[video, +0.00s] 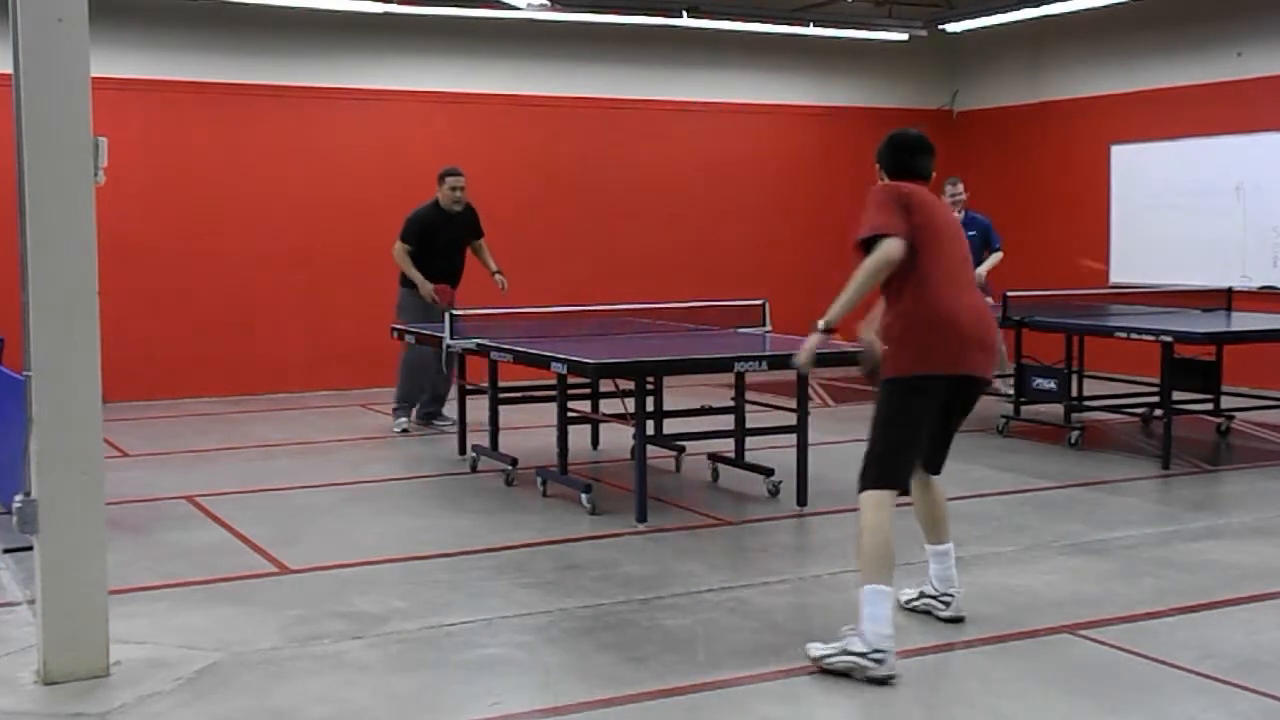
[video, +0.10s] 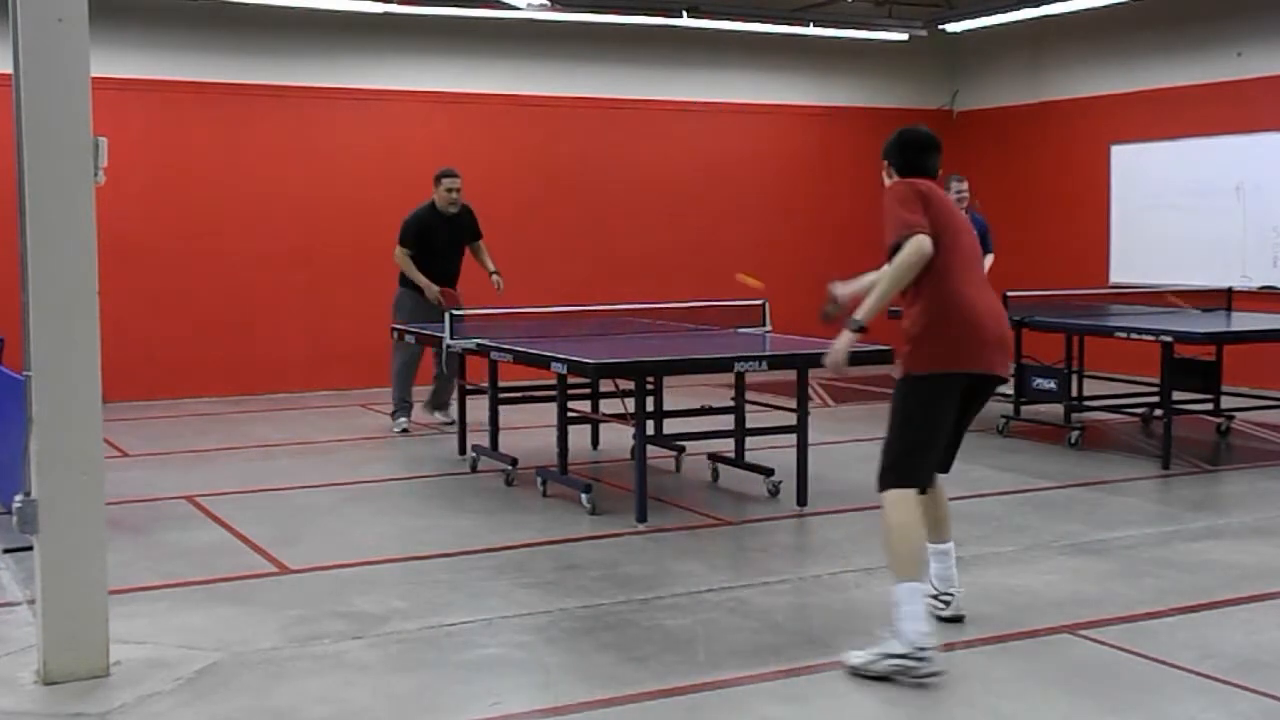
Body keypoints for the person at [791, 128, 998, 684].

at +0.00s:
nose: (875, 176)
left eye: (875, 169)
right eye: (881, 169)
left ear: (882, 170)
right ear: (928, 172)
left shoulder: (890, 193)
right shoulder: (946, 213)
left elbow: (891, 251)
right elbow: (936, 292)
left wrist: (822, 327)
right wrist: (877, 337)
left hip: (921, 354)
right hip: (976, 354)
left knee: (877, 488)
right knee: (924, 469)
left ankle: (873, 641)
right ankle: (943, 591)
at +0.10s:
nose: (882, 175)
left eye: (882, 168)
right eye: (884, 168)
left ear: (889, 169)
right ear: (936, 168)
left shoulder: (903, 191)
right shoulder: (950, 205)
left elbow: (919, 246)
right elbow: (922, 267)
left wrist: (853, 329)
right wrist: (855, 286)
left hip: (941, 352)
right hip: (986, 351)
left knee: (899, 482)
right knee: (927, 471)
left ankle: (911, 640)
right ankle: (944, 590)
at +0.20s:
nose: (890, 170)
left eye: (890, 163)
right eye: (892, 163)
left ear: (898, 163)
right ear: (940, 161)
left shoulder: (915, 186)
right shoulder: (956, 201)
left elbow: (932, 251)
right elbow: (904, 264)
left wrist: (874, 334)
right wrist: (838, 278)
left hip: (957, 352)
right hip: (994, 352)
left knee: (922, 489)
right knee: (932, 477)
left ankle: (971, 634)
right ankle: (940, 584)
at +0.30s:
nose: (902, 170)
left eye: (903, 162)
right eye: (904, 161)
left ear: (911, 162)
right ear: (956, 159)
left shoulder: (931, 191)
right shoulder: (967, 198)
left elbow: (941, 269)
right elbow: (924, 274)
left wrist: (881, 347)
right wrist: (852, 291)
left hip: (968, 359)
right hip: (996, 354)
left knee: (947, 502)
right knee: (931, 456)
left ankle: (1041, 628)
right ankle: (942, 590)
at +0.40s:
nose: (916, 177)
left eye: (915, 169)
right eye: (916, 170)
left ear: (925, 170)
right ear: (971, 167)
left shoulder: (941, 208)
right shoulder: (997, 215)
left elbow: (944, 294)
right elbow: (985, 296)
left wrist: (887, 365)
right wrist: (907, 317)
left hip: (978, 382)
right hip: (1018, 375)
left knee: (971, 523)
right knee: (936, 452)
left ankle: (1099, 640)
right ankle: (942, 589)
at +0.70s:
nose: (930, 168)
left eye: (932, 160)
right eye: (933, 159)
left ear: (942, 167)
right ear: (989, 169)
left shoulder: (936, 217)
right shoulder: (1015, 220)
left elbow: (927, 307)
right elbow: (1029, 304)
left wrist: (893, 386)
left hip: (962, 390)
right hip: (1015, 387)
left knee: (947, 529)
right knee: (972, 484)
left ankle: (1060, 615)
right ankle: (991, 592)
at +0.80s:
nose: (930, 163)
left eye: (931, 156)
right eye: (933, 155)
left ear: (941, 160)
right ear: (986, 161)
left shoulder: (932, 209)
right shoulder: (1009, 213)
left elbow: (918, 298)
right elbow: (1032, 298)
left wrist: (885, 379)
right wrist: (976, 322)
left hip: (946, 377)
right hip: (1002, 378)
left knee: (908, 509)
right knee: (961, 487)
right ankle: (991, 596)